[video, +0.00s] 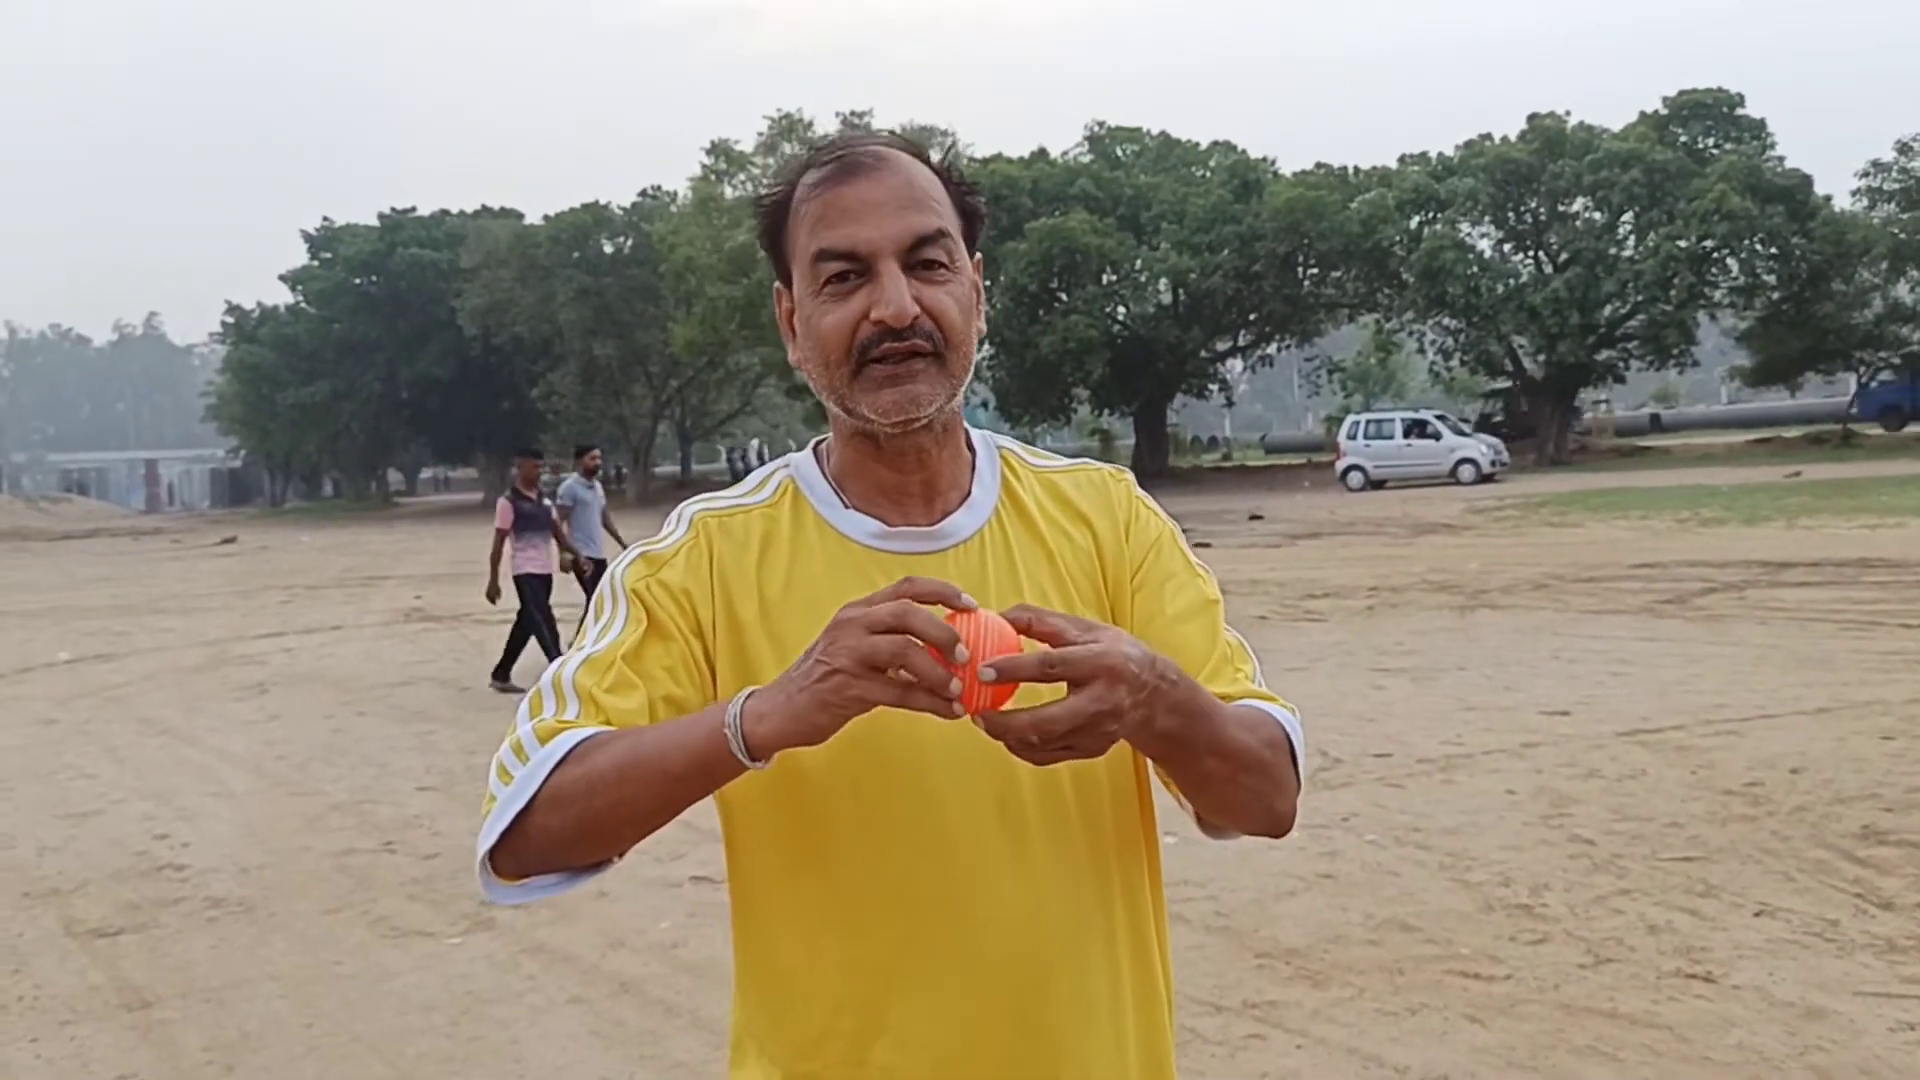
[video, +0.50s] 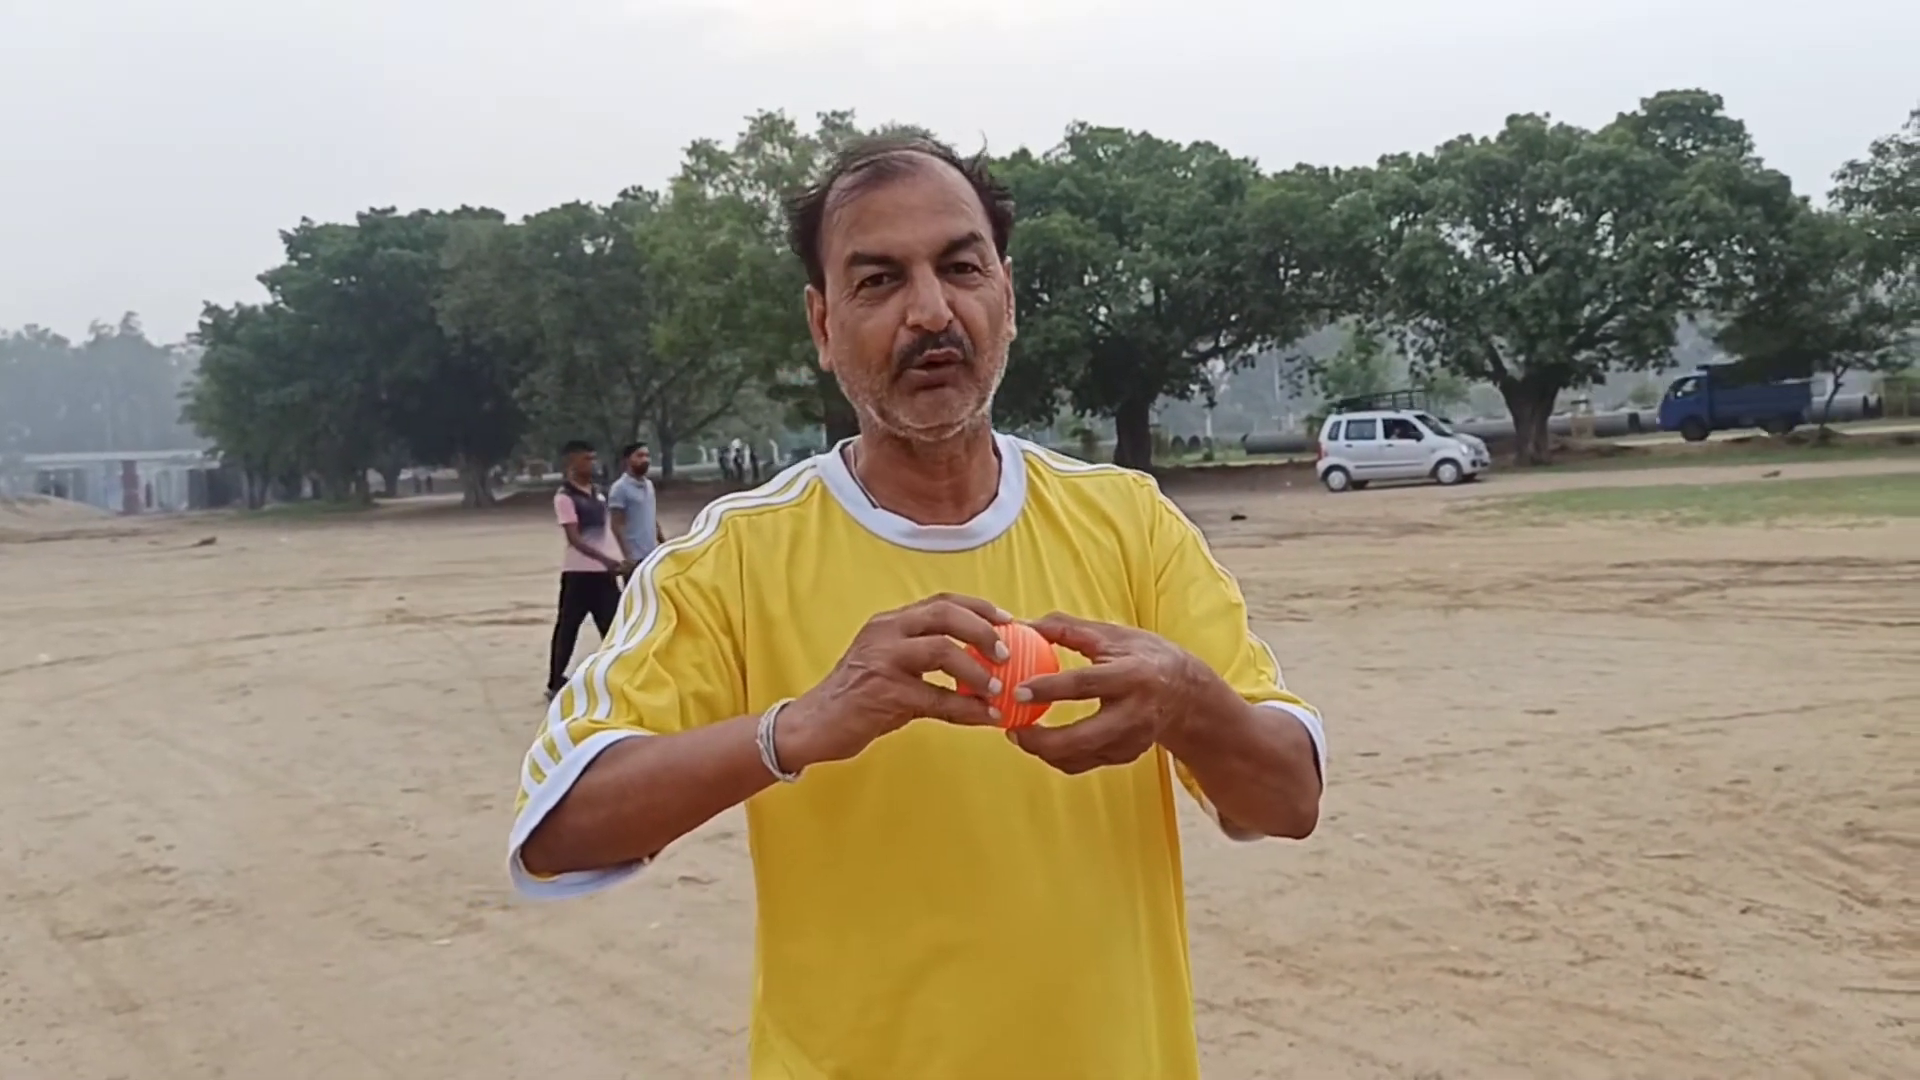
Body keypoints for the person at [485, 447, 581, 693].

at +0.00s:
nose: (538, 471)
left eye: (540, 467)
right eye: (534, 467)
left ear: (540, 469)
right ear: (519, 467)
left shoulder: (543, 500)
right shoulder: (508, 502)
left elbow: (557, 532)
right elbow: (498, 542)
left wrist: (577, 555)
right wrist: (493, 580)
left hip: (545, 571)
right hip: (524, 572)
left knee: (524, 626)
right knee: (543, 623)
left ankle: (501, 673)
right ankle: (562, 671)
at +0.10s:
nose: (551, 471)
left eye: (552, 466)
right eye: (546, 466)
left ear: (554, 469)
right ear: (531, 468)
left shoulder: (556, 499)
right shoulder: (521, 502)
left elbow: (569, 535)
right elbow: (515, 543)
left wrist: (586, 560)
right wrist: (515, 582)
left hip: (562, 570)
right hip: (540, 571)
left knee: (549, 627)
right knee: (559, 627)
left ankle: (511, 666)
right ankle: (572, 677)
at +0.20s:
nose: (557, 467)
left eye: (559, 462)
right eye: (552, 462)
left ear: (560, 464)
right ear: (537, 465)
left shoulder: (565, 497)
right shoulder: (530, 500)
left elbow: (576, 533)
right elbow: (530, 542)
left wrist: (588, 561)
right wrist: (538, 577)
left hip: (572, 568)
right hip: (550, 569)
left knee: (579, 619)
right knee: (561, 626)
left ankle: (537, 654)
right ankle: (565, 676)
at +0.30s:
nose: (566, 464)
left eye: (567, 459)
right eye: (561, 459)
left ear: (568, 461)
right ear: (546, 461)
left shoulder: (572, 492)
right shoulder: (538, 496)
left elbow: (579, 533)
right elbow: (543, 537)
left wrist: (589, 564)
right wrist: (562, 569)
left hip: (579, 567)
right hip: (555, 570)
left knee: (597, 616)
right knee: (557, 626)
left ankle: (573, 659)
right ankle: (559, 677)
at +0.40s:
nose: (576, 463)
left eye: (578, 459)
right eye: (571, 459)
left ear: (579, 461)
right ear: (556, 460)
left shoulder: (582, 492)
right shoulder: (549, 494)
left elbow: (588, 534)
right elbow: (557, 536)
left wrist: (601, 565)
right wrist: (588, 565)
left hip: (588, 570)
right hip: (564, 571)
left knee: (608, 625)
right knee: (559, 632)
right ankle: (555, 684)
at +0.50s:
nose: (592, 464)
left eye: (592, 459)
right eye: (586, 459)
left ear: (590, 463)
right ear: (570, 463)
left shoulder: (597, 494)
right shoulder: (564, 497)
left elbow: (601, 533)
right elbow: (573, 539)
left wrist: (615, 562)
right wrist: (607, 561)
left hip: (603, 573)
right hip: (578, 574)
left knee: (615, 634)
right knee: (566, 633)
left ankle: (625, 682)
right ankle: (556, 682)